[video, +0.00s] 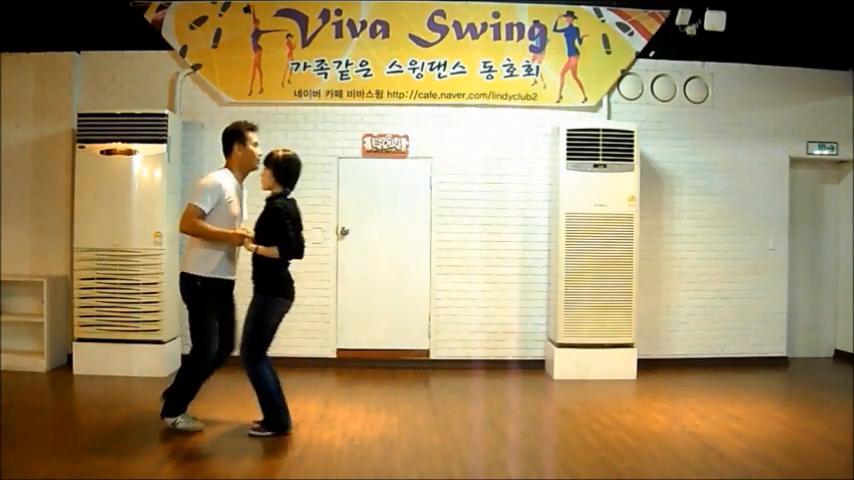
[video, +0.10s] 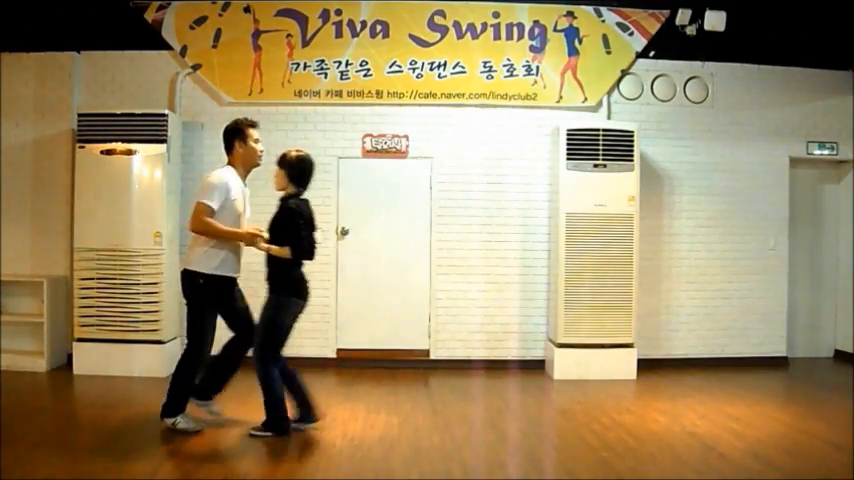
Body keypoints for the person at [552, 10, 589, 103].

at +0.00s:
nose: (567, 19)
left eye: (569, 17)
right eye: (567, 17)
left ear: (572, 18)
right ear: (567, 18)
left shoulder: (569, 29)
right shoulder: (576, 29)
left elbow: (555, 30)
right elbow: (580, 43)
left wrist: (556, 20)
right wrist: (582, 37)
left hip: (573, 54)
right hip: (573, 54)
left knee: (562, 73)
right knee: (574, 75)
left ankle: (559, 95)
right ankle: (584, 96)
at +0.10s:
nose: (567, 19)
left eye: (568, 17)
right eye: (567, 17)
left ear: (572, 18)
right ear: (567, 19)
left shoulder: (568, 29)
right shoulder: (576, 29)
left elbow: (555, 30)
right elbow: (579, 43)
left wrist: (556, 20)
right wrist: (582, 37)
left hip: (573, 54)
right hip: (574, 54)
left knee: (562, 73)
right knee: (574, 75)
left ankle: (559, 95)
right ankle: (584, 96)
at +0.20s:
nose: (567, 19)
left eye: (568, 17)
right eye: (567, 17)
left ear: (572, 18)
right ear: (567, 18)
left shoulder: (568, 29)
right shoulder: (576, 29)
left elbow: (555, 30)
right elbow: (580, 43)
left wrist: (556, 20)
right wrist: (582, 37)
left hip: (573, 54)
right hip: (574, 53)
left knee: (562, 73)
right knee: (574, 75)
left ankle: (559, 95)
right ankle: (584, 96)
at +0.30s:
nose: (567, 19)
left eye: (568, 17)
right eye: (567, 17)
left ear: (572, 18)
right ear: (567, 18)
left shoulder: (568, 29)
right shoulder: (576, 29)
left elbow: (555, 30)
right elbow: (580, 43)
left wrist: (556, 20)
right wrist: (582, 37)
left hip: (573, 54)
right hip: (574, 54)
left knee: (562, 73)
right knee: (574, 75)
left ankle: (559, 95)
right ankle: (584, 96)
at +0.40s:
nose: (567, 19)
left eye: (568, 17)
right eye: (567, 17)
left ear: (572, 18)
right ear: (568, 18)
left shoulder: (568, 29)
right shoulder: (576, 29)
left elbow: (555, 30)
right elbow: (579, 43)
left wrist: (556, 20)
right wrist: (582, 37)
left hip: (573, 54)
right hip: (574, 53)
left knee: (562, 73)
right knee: (574, 75)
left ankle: (559, 95)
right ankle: (584, 96)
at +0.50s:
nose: (567, 19)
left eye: (568, 17)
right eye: (566, 17)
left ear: (571, 18)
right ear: (568, 18)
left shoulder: (568, 29)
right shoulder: (576, 29)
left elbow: (555, 30)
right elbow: (579, 43)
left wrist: (556, 20)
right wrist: (582, 37)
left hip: (572, 54)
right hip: (575, 53)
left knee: (562, 73)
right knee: (574, 75)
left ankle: (559, 95)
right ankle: (584, 96)